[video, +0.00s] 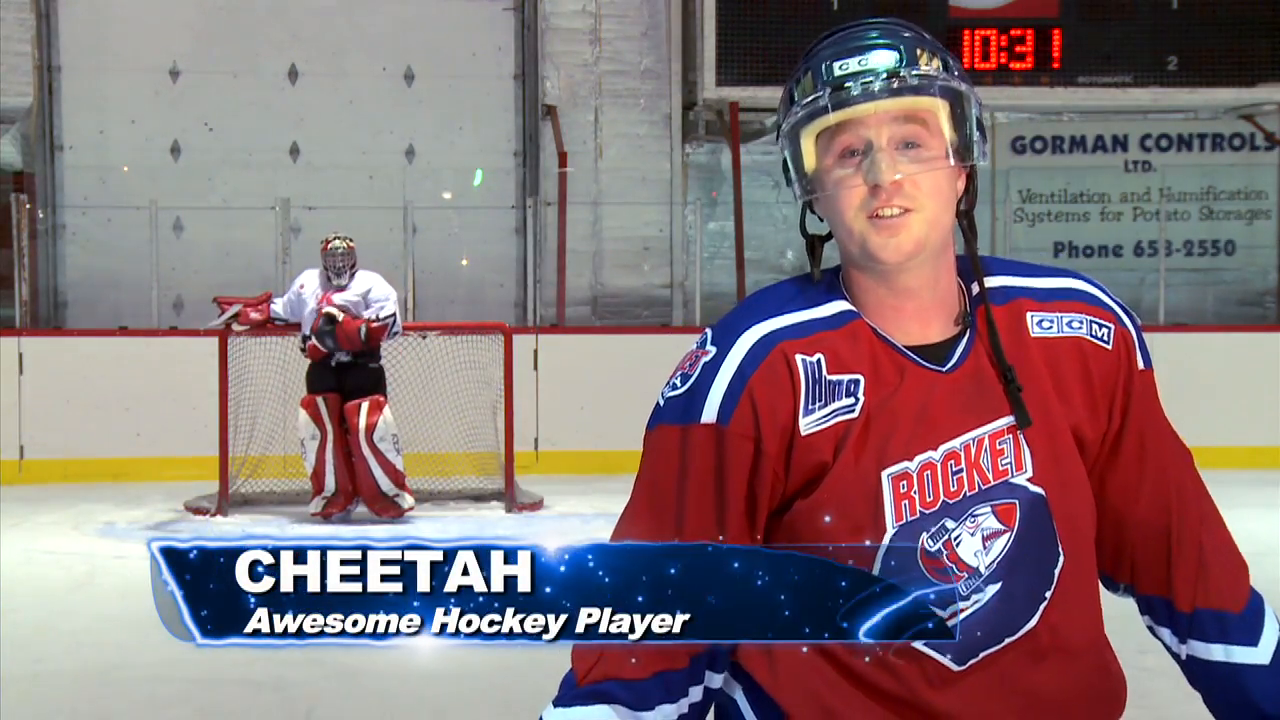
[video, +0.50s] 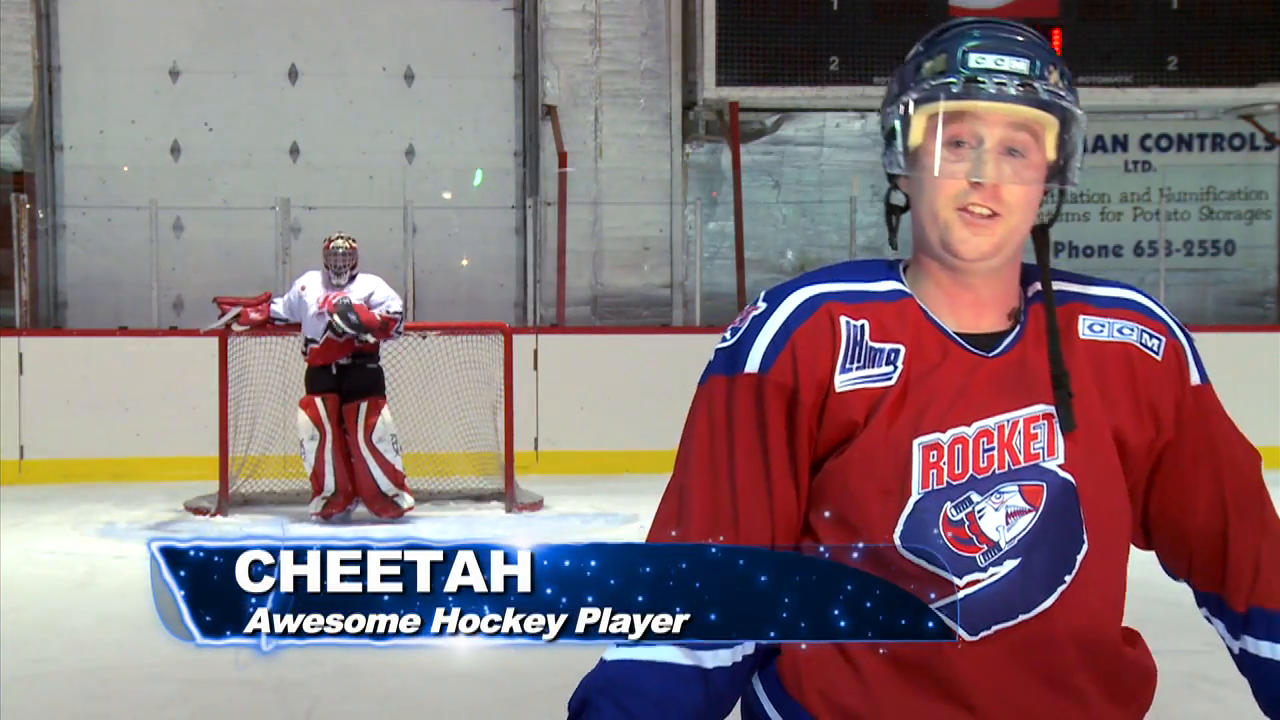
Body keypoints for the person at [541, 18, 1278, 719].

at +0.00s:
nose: (884, 176)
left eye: (911, 144)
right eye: (851, 153)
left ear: (959, 170)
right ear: (812, 187)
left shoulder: (1080, 327)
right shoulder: (747, 368)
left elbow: (1198, 581)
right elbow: (635, 645)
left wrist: (1268, 700)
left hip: (1068, 708)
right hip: (828, 715)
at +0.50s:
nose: (987, 174)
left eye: (1018, 148)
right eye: (957, 140)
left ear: (1050, 178)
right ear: (905, 156)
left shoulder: (1135, 342)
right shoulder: (798, 337)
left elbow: (1258, 583)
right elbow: (696, 602)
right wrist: (633, 715)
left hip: (1082, 704)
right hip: (848, 708)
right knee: (617, 689)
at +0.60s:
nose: (1000, 184)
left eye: (1031, 158)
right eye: (971, 151)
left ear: (1065, 182)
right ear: (920, 167)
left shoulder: (1145, 351)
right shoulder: (808, 342)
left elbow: (1261, 600)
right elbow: (704, 606)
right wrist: (613, 714)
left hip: (1090, 706)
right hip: (856, 710)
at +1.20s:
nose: (1032, 192)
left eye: (1063, 162)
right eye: (1001, 158)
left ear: (1097, 182)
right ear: (950, 171)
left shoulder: (1172, 345)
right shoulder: (843, 330)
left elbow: (1249, 592)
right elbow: (731, 562)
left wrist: (1254, 705)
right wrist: (708, 702)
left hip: (1102, 703)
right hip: (864, 705)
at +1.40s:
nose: (994, 201)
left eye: (1020, 168)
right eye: (961, 170)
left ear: (1056, 184)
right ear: (912, 185)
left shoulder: (1154, 340)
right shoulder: (823, 329)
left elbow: (1223, 610)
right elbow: (729, 517)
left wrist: (1233, 714)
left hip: (1093, 707)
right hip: (855, 707)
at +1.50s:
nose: (971, 198)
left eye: (998, 165)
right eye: (940, 168)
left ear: (1035, 182)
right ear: (891, 186)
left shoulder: (1138, 336)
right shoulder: (806, 320)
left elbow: (1221, 605)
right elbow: (741, 533)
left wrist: (1235, 713)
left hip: (1093, 707)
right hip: (847, 706)